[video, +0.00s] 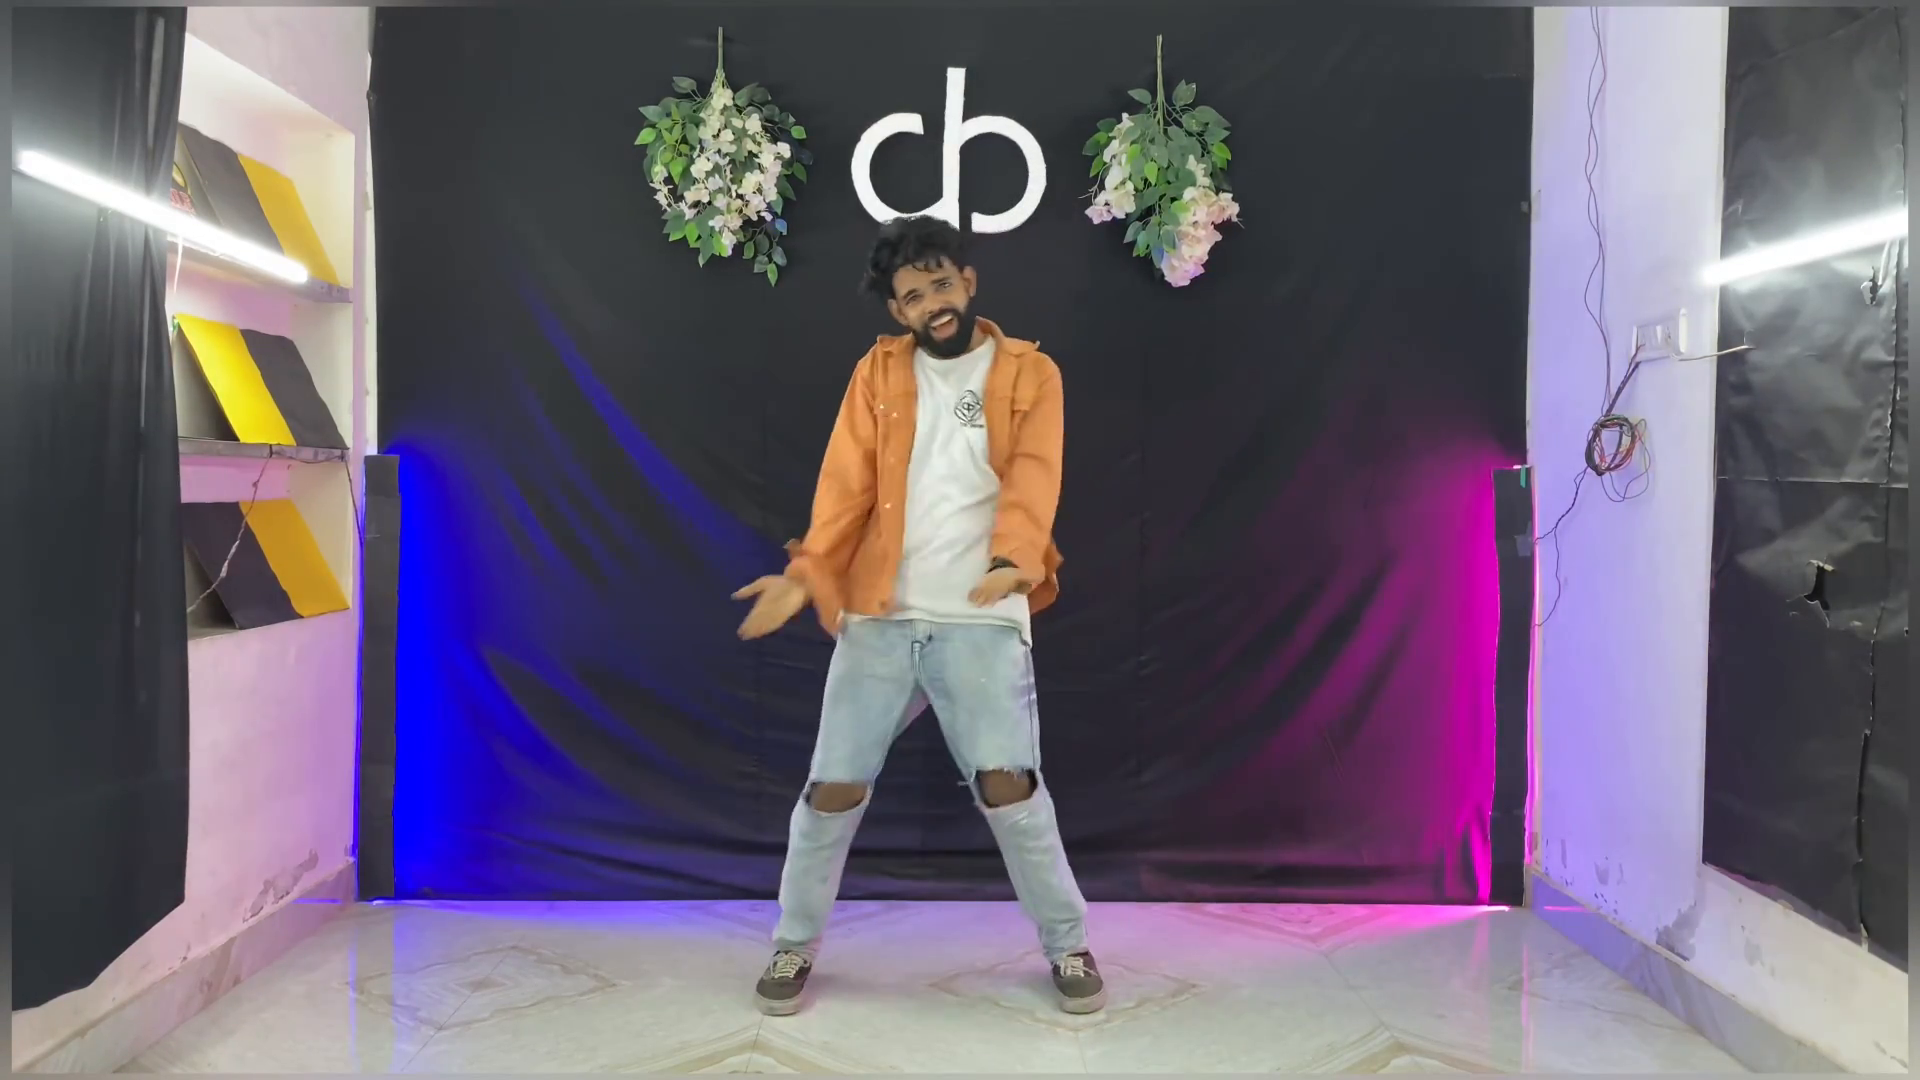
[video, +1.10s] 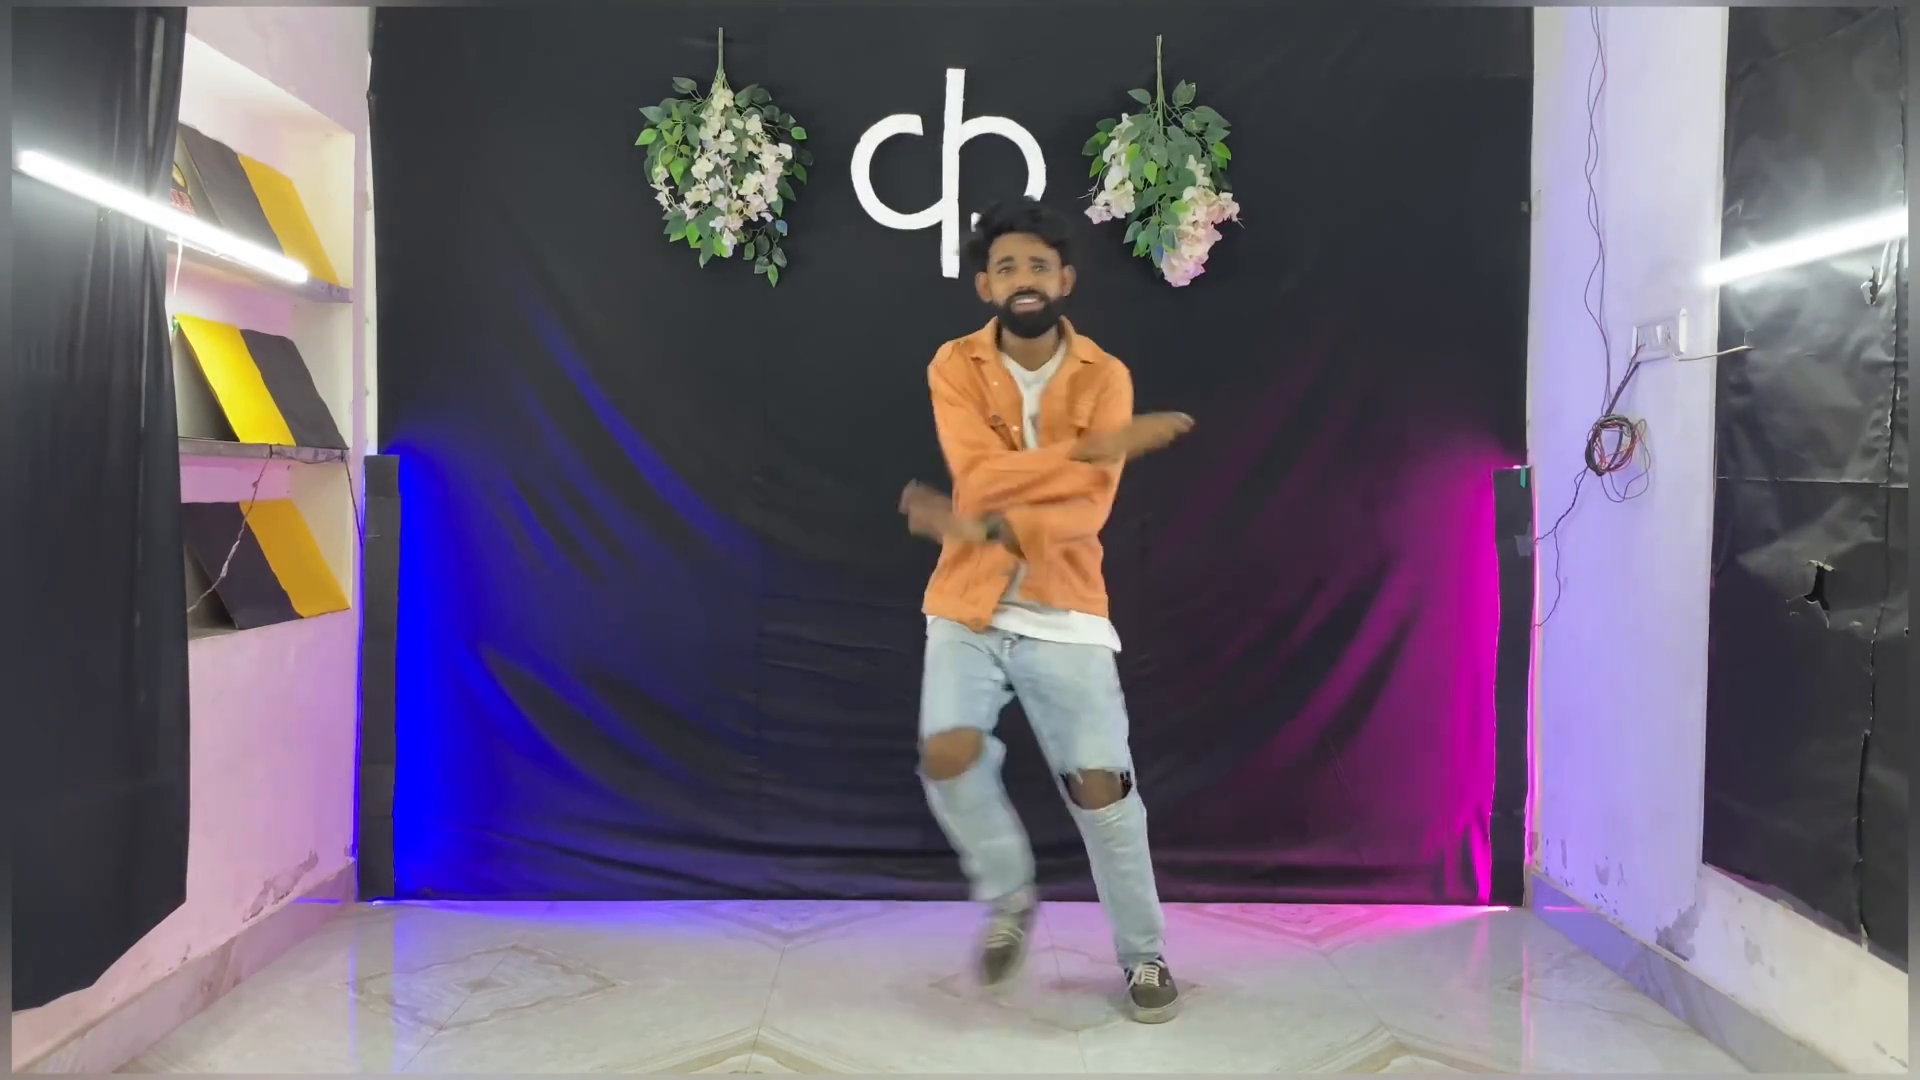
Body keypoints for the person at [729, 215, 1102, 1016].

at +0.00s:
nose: (931, 303)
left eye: (940, 283)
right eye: (911, 294)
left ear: (969, 278)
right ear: (893, 308)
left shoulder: (1028, 370)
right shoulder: (877, 374)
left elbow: (1034, 469)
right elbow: (845, 482)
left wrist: (1017, 554)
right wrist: (804, 572)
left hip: (981, 615)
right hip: (876, 612)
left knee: (1007, 783)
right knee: (833, 787)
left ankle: (1068, 945)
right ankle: (793, 942)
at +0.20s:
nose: (893, 304)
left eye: (907, 285)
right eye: (875, 291)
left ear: (942, 285)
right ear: (860, 302)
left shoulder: (1000, 350)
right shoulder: (858, 393)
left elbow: (1018, 451)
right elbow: (799, 496)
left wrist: (986, 507)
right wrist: (703, 520)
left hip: (978, 604)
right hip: (882, 598)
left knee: (985, 786)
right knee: (832, 774)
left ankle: (1061, 943)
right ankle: (790, 940)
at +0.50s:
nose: (964, 295)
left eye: (983, 283)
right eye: (951, 278)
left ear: (1009, 297)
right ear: (925, 283)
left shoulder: (1036, 384)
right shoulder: (881, 383)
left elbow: (1044, 501)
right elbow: (851, 501)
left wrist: (1083, 511)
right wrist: (800, 511)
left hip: (1014, 638)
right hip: (910, 638)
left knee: (1039, 810)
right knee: (863, 806)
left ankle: (1143, 949)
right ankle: (792, 945)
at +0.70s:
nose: (1048, 304)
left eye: (1066, 292)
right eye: (1035, 285)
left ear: (1085, 305)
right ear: (1004, 287)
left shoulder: (1102, 402)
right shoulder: (943, 381)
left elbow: (1122, 519)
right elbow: (903, 492)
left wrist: (1185, 577)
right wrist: (876, 568)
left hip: (1054, 646)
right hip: (944, 640)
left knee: (1071, 817)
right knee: (878, 802)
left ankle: (1138, 955)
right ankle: (799, 943)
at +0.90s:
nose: (1067, 269)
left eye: (1084, 256)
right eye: (1051, 252)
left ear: (1105, 270)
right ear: (1021, 259)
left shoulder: (1126, 369)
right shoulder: (967, 356)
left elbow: (1162, 489)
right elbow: (942, 472)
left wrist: (1177, 600)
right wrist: (935, 578)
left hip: (1092, 621)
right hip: (984, 610)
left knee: (1106, 793)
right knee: (945, 784)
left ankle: (1144, 953)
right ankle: (882, 929)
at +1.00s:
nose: (1054, 268)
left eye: (1071, 253)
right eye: (1036, 253)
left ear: (1093, 267)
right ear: (1010, 263)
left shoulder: (1123, 366)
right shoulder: (965, 358)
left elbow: (1128, 492)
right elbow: (964, 476)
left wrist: (1076, 576)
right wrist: (1040, 536)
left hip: (1083, 602)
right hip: (981, 600)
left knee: (1100, 783)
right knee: (978, 767)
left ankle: (1142, 951)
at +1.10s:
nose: (1024, 279)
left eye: (1039, 264)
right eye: (1005, 267)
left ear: (1066, 277)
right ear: (982, 285)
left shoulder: (1102, 377)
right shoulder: (957, 365)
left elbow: (1088, 502)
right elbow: (977, 472)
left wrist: (974, 522)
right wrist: (1096, 447)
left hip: (1066, 607)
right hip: (968, 599)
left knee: (1099, 785)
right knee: (947, 752)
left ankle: (1143, 953)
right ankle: (1009, 895)